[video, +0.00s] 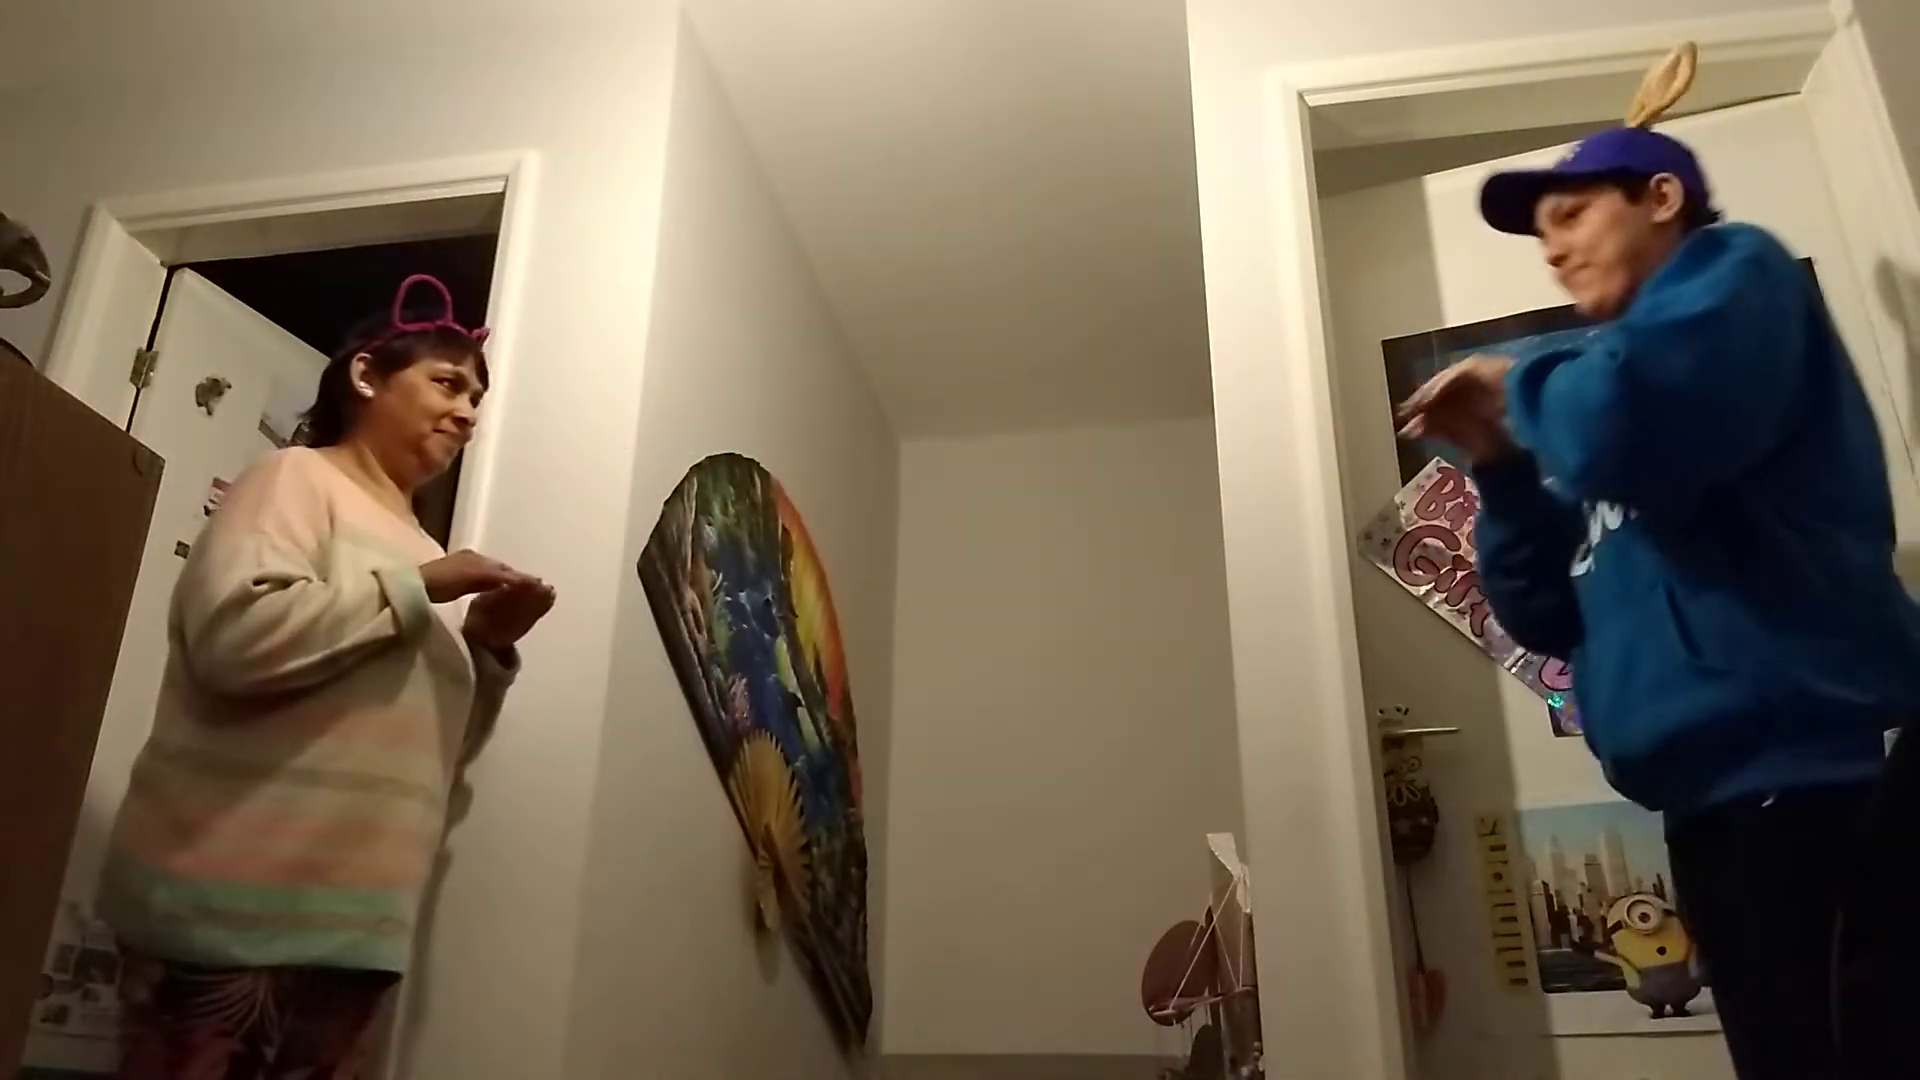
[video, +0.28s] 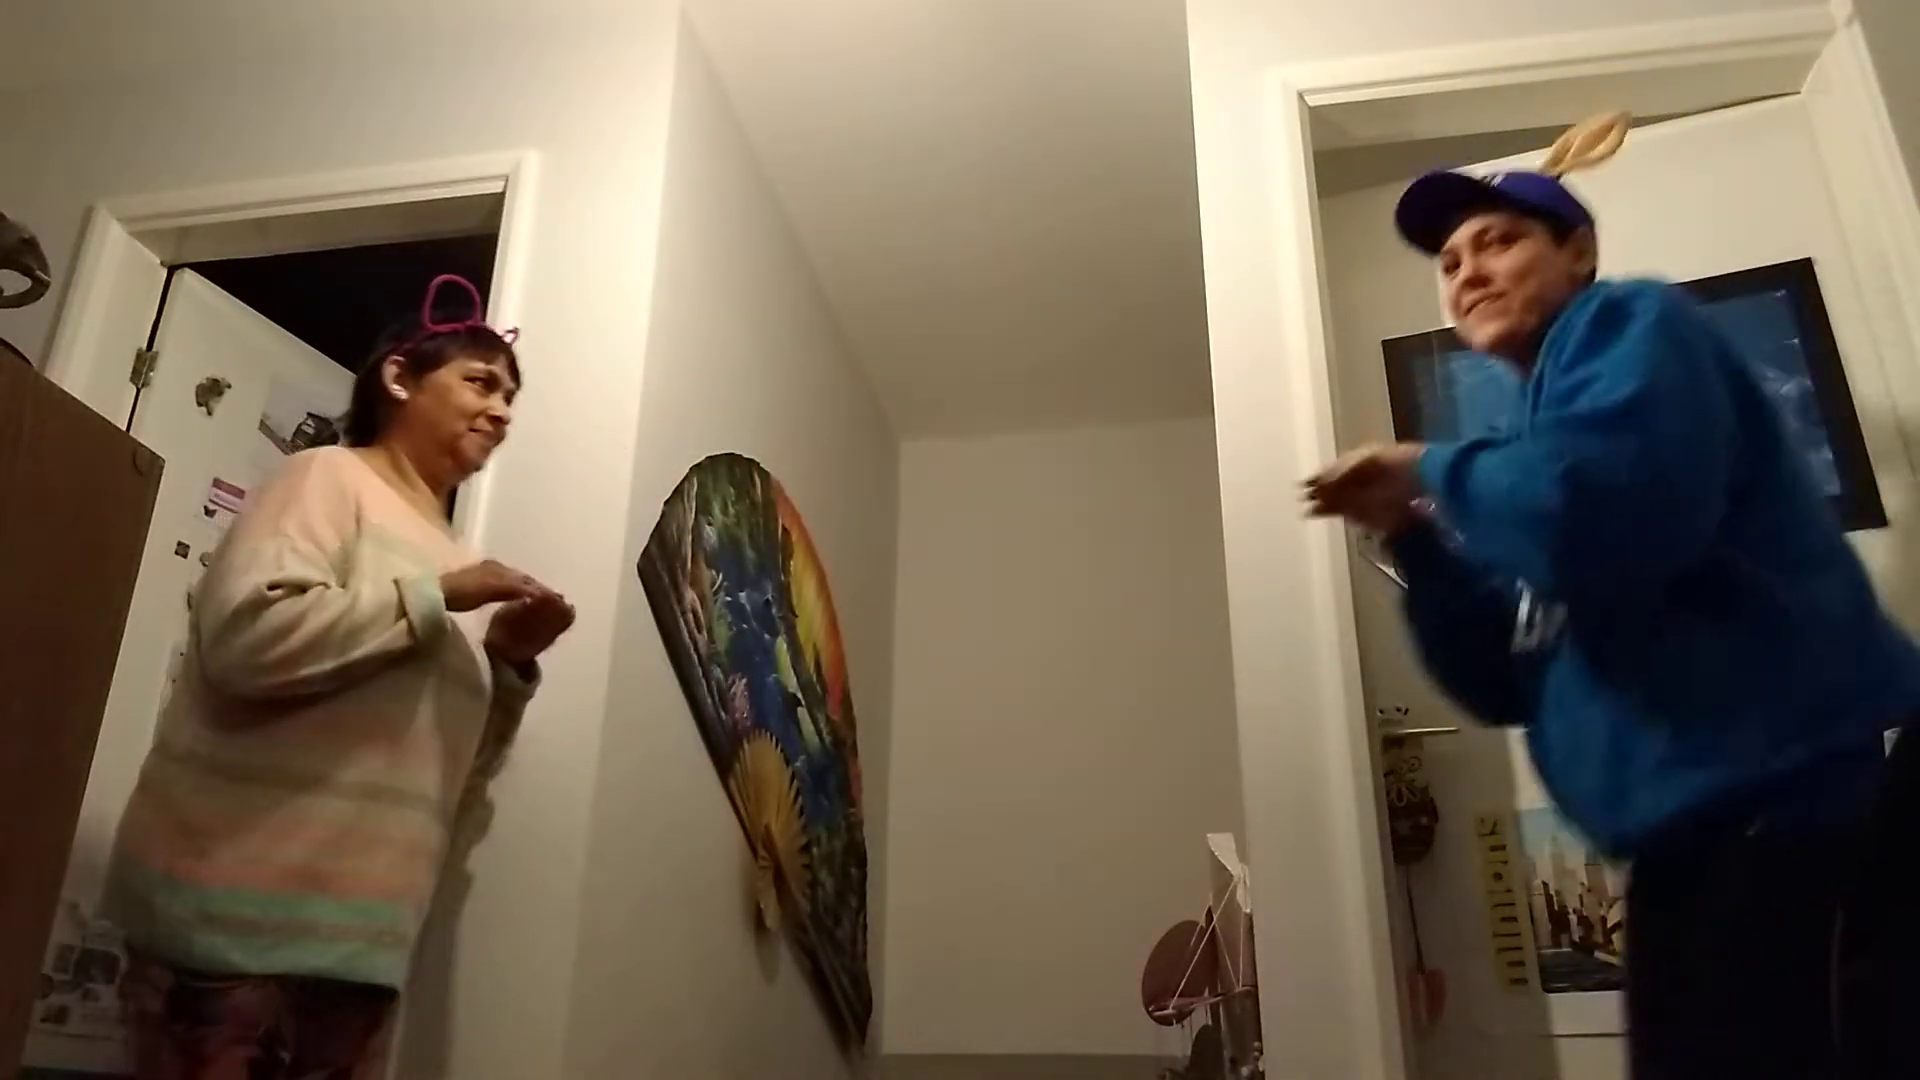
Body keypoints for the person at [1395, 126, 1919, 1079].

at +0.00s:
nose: (1553, 247)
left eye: (1573, 214)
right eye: (1544, 231)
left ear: (1661, 200)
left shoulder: (1736, 273)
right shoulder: (1635, 364)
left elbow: (1630, 423)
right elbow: (1547, 615)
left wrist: (1517, 382)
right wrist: (1502, 473)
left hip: (1818, 788)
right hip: (1721, 809)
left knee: (1835, 1051)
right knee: (1782, 1054)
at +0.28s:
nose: (1468, 272)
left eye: (1497, 241)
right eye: (1451, 264)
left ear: (1578, 252)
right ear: (1449, 306)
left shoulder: (1641, 329)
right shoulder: (1525, 431)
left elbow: (1611, 501)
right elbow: (1505, 685)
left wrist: (1426, 475)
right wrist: (1410, 540)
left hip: (1800, 792)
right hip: (1687, 824)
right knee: (1682, 1056)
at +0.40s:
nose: (1449, 259)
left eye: (1474, 227)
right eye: (1433, 244)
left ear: (1552, 230)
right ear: (1427, 268)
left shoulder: (1612, 308)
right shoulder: (1465, 389)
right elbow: (1421, 629)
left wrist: (1386, 403)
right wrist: (1360, 471)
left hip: (1753, 790)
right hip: (1621, 820)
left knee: (1745, 1050)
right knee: (1652, 1056)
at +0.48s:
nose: (1412, 209)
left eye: (1433, 177)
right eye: (1401, 195)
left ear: (1518, 170)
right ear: (1403, 219)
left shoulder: (1580, 240)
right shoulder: (1445, 334)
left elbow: (1447, 356)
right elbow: (1384, 559)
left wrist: (1357, 327)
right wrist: (1359, 403)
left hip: (1692, 702)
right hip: (1568, 732)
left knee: (1720, 1015)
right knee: (1627, 1026)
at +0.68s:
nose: (1326, 209)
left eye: (1346, 175)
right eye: (1321, 193)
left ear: (1427, 158)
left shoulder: (1490, 250)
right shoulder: (1371, 333)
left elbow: (1413, 473)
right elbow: (1336, 567)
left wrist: (1275, 392)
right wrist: (1274, 417)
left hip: (1580, 713)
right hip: (1482, 728)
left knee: (1584, 1038)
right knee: (1526, 1040)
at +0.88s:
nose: (1247, 237)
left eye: (1261, 204)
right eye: (1243, 214)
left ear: (1337, 180)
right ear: (1331, 189)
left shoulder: (1402, 248)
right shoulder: (1322, 322)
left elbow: (1302, 410)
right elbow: (1229, 548)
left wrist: (1209, 347)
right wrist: (1223, 394)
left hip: (1462, 737)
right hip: (1383, 746)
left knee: (1453, 1041)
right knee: (1389, 1039)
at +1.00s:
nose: (1176, 214)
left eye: (1189, 179)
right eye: (1172, 194)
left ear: (1262, 151)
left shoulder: (1328, 209)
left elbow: (1206, 352)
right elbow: (1182, 531)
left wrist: (1147, 313)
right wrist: (1170, 362)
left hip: (1385, 655)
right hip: (1313, 669)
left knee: (1337, 1000)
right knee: (1328, 1002)